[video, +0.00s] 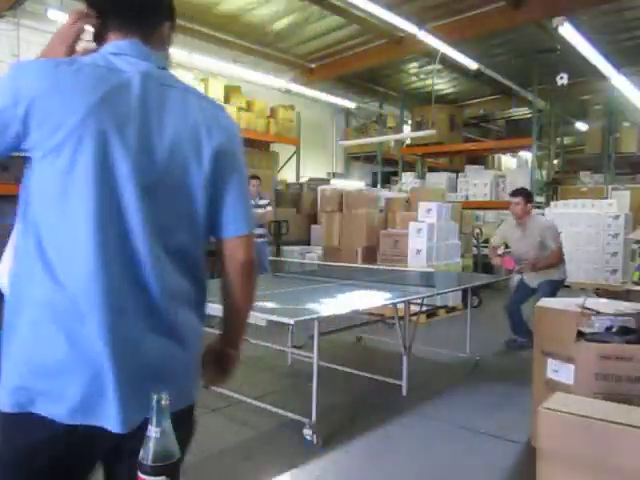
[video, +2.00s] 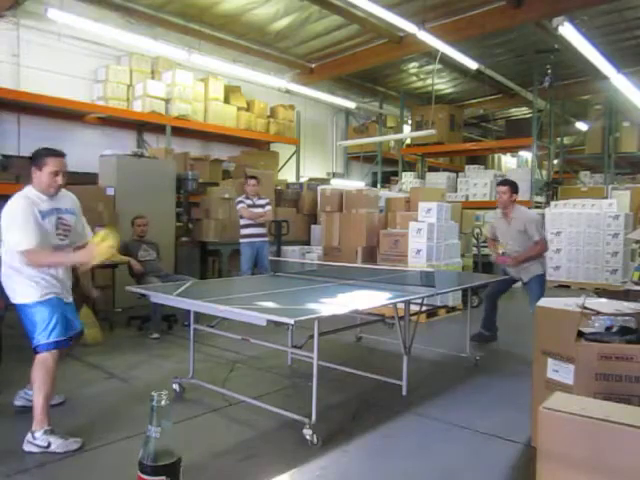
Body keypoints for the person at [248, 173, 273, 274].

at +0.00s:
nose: (255, 189)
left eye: (257, 186)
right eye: (253, 185)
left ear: (260, 186)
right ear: (248, 186)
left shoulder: (265, 201)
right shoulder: (244, 201)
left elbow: (270, 215)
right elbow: (245, 217)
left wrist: (254, 218)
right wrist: (262, 216)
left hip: (261, 237)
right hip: (247, 237)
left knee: (263, 265)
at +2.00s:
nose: (252, 188)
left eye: (255, 185)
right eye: (249, 185)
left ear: (258, 187)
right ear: (245, 187)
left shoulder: (265, 200)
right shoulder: (240, 200)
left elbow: (269, 216)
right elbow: (246, 214)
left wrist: (254, 219)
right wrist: (262, 214)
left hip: (262, 239)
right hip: (247, 239)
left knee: (265, 269)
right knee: (246, 270)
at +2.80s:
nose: (257, 188)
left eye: (259, 185)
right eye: (254, 185)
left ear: (262, 187)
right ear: (249, 187)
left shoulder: (268, 201)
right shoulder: (244, 200)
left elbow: (272, 216)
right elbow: (248, 211)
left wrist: (256, 215)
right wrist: (265, 212)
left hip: (265, 238)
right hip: (249, 238)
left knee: (266, 268)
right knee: (248, 269)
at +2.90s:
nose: (258, 187)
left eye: (260, 185)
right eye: (255, 185)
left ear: (262, 186)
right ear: (249, 187)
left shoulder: (268, 201)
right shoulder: (244, 199)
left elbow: (272, 215)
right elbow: (248, 211)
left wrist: (258, 216)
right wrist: (265, 212)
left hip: (265, 238)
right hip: (249, 238)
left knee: (266, 269)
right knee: (248, 270)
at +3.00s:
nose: (258, 187)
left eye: (260, 185)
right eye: (255, 185)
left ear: (262, 186)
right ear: (249, 187)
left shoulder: (268, 201)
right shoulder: (244, 199)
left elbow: (272, 215)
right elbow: (248, 211)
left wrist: (258, 216)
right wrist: (265, 212)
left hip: (265, 238)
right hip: (249, 238)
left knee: (266, 269)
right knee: (248, 270)